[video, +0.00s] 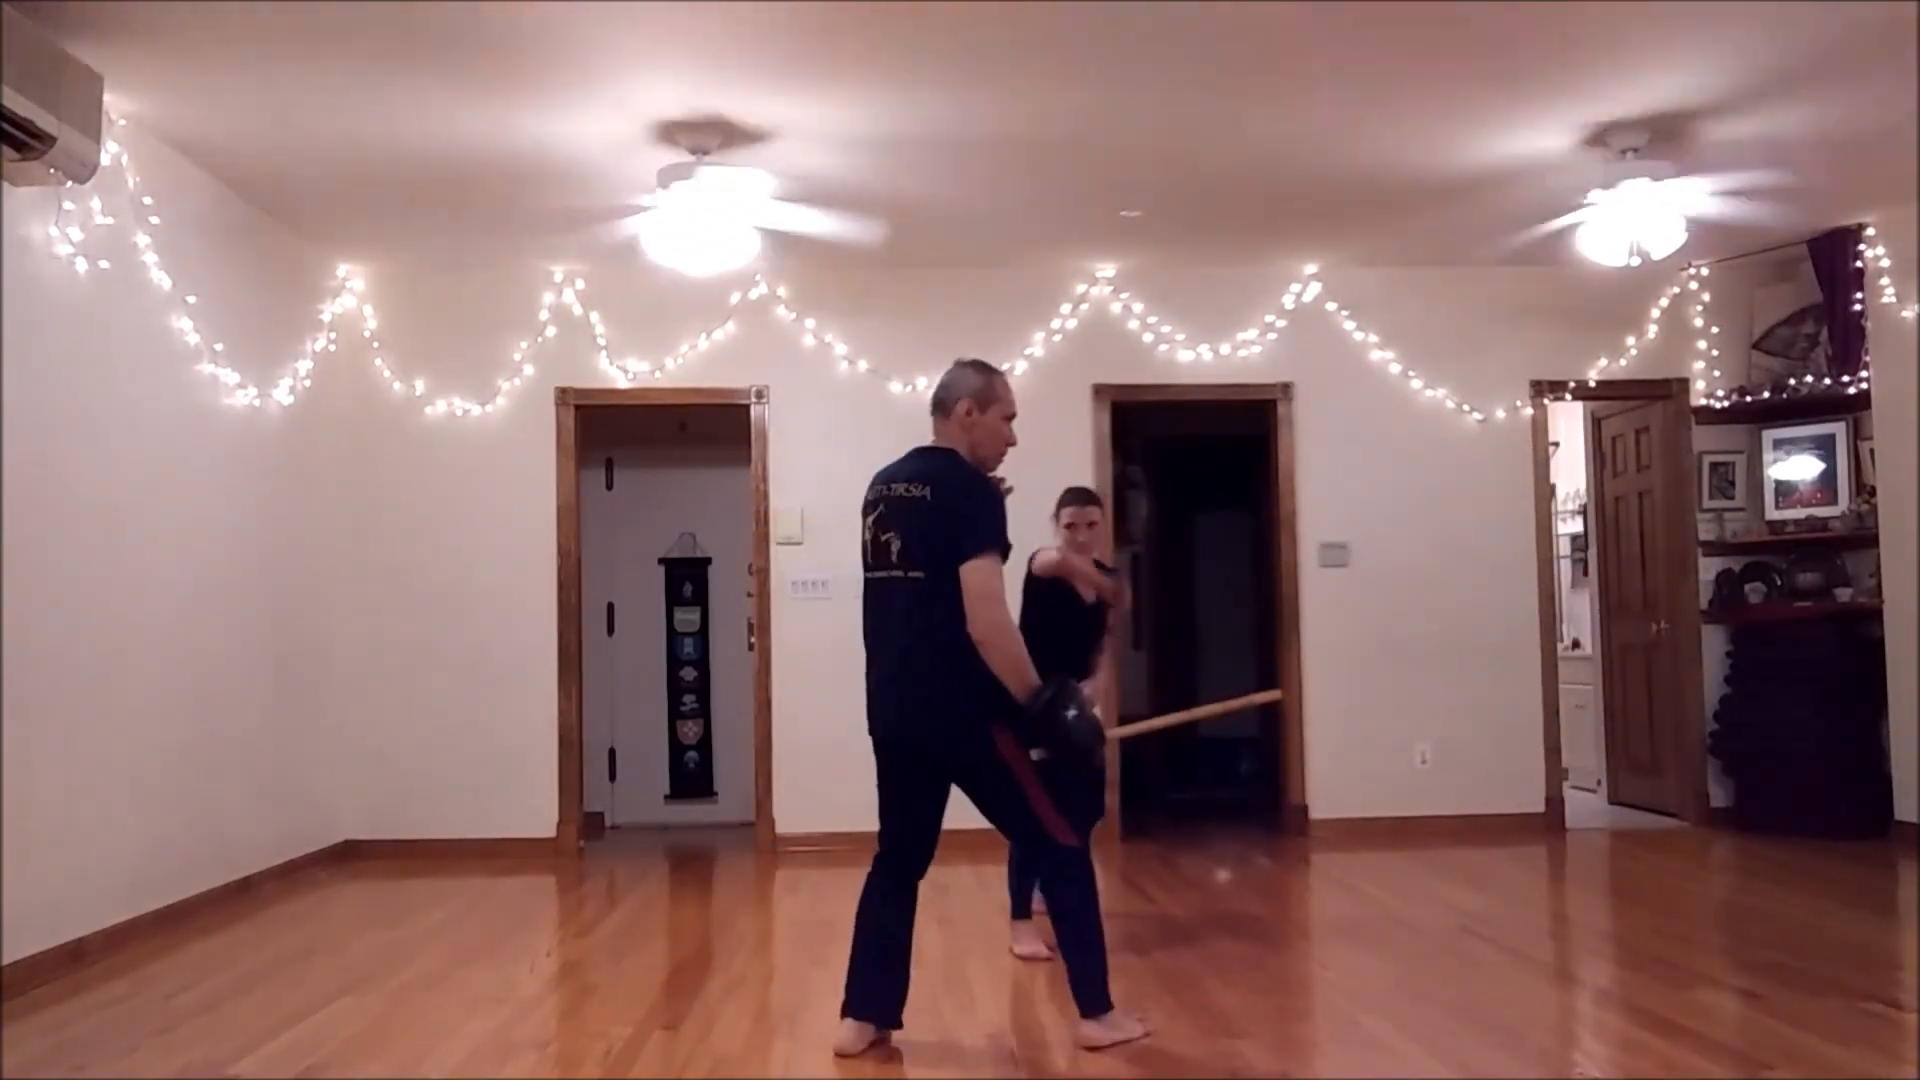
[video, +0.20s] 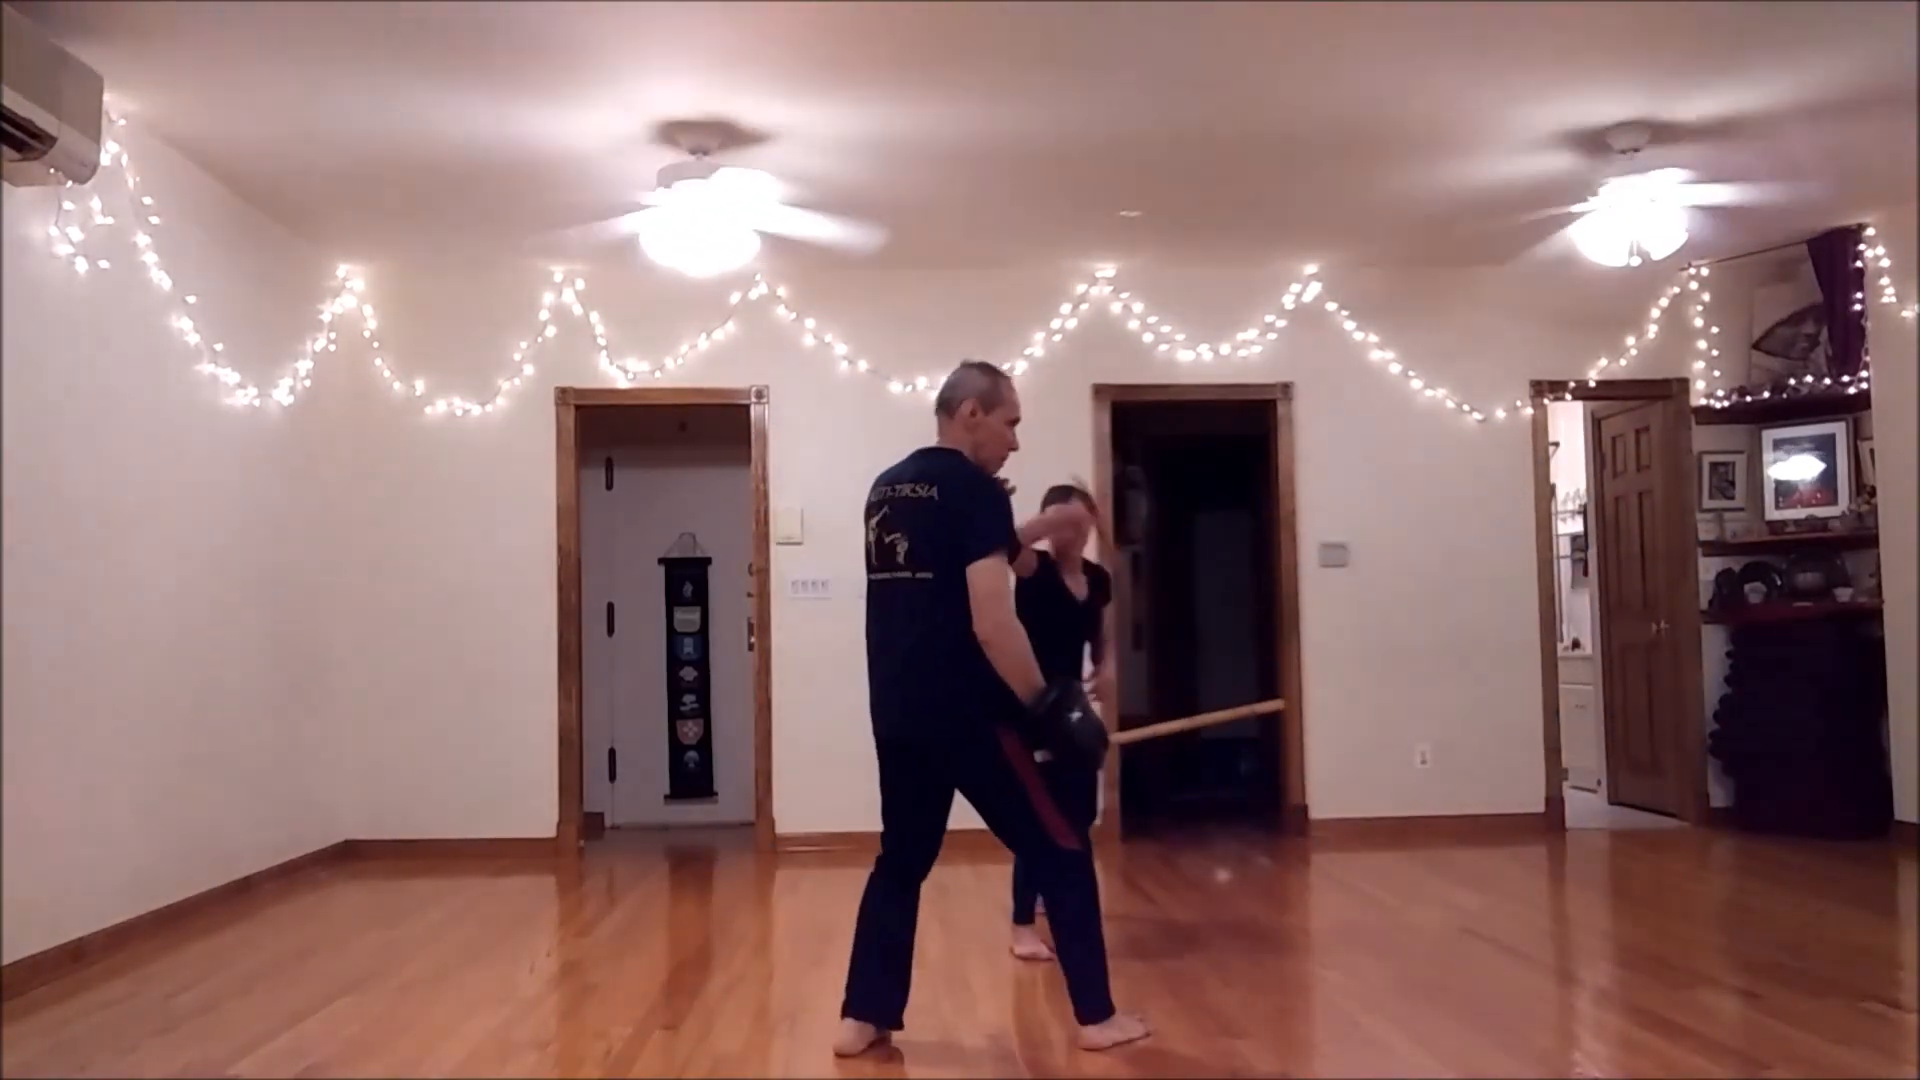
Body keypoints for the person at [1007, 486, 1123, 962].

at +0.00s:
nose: (1082, 534)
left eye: (1091, 526)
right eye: (1072, 526)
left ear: (1104, 527)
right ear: (1056, 528)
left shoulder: (1108, 580)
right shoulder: (1042, 562)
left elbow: (1104, 649)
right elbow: (1051, 561)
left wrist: (1093, 698)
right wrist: (1088, 576)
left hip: (1079, 703)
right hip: (1033, 701)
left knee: (1088, 803)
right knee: (1031, 809)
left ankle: (1058, 892)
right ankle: (1020, 918)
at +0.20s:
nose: (1075, 535)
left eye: (1081, 525)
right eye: (1066, 526)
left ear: (1092, 527)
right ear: (1049, 528)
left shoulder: (1097, 579)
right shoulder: (1031, 569)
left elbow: (1102, 640)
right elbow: (1002, 545)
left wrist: (1105, 671)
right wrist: (1039, 526)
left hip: (1075, 703)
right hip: (1028, 701)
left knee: (1080, 814)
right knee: (1038, 815)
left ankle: (1068, 919)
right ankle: (1023, 923)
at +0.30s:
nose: (1063, 532)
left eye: (1071, 522)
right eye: (1053, 524)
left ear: (1084, 526)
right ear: (1038, 529)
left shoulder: (1092, 577)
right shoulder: (1025, 575)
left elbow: (1095, 633)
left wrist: (1106, 659)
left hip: (1072, 701)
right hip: (1025, 702)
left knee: (1074, 817)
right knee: (1039, 819)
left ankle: (1070, 918)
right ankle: (1022, 925)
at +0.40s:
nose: (1063, 532)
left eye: (1071, 522)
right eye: (1052, 524)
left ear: (1083, 525)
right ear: (1036, 529)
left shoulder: (1088, 576)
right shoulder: (1026, 575)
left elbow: (1089, 634)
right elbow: (1009, 633)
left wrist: (1103, 658)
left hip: (1070, 699)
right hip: (1027, 701)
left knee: (1072, 814)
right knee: (1040, 817)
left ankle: (1061, 914)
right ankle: (1023, 923)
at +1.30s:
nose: (1067, 523)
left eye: (1072, 514)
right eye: (1058, 515)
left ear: (1080, 518)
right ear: (1037, 519)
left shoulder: (1084, 568)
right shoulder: (1019, 566)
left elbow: (1077, 628)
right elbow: (1015, 623)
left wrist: (1094, 662)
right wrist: (1072, 667)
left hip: (1057, 689)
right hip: (1011, 691)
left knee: (1065, 792)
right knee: (1021, 804)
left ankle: (1048, 884)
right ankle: (1016, 922)